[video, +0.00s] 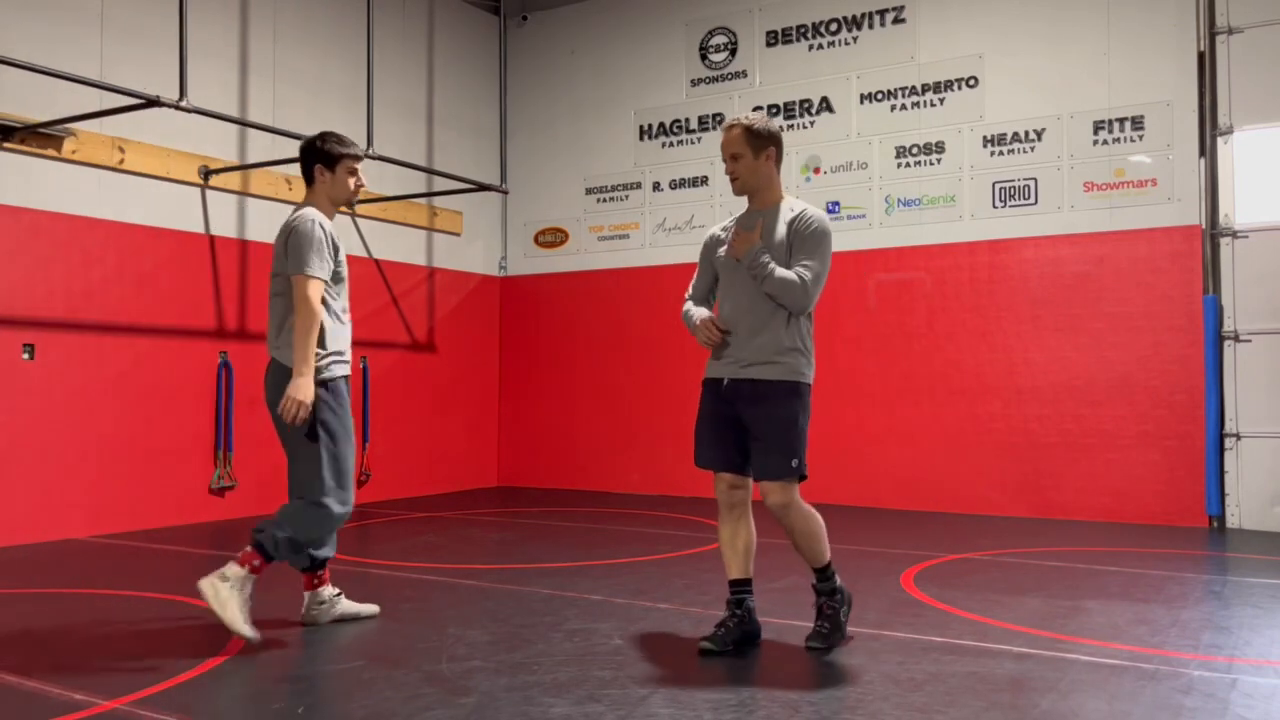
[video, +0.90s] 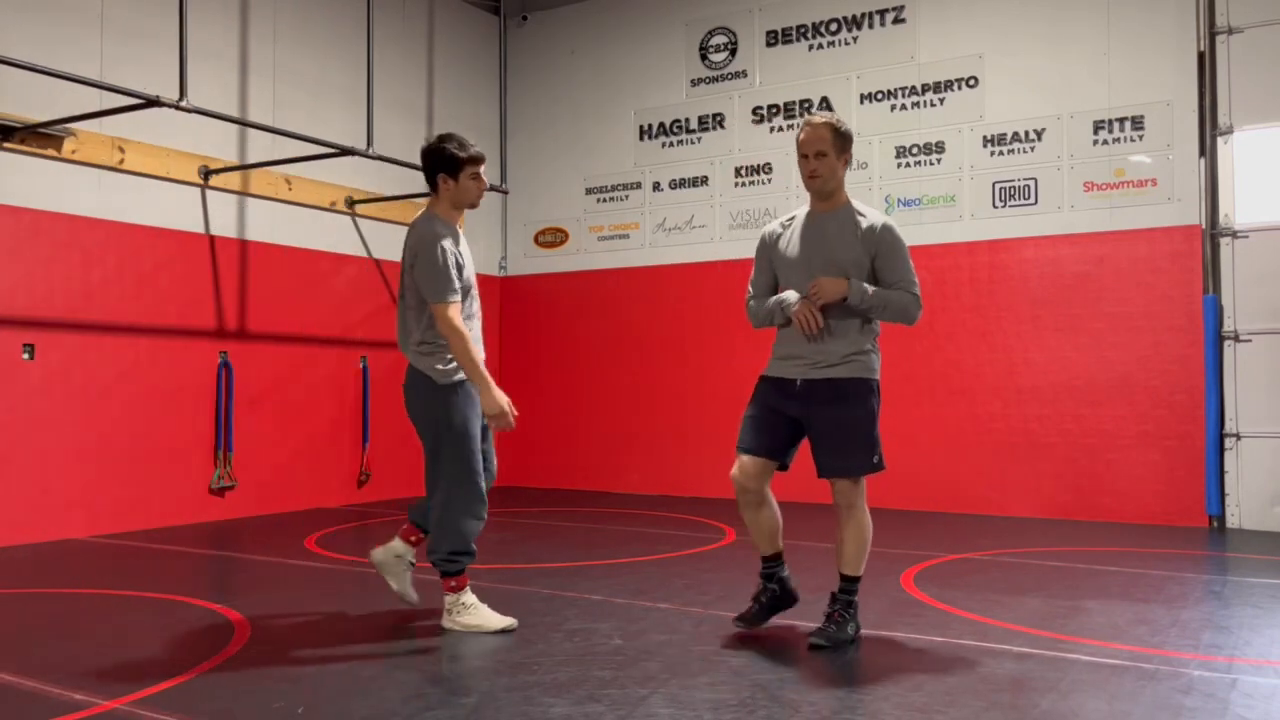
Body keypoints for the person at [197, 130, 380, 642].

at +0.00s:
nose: (359, 182)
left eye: (360, 173)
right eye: (351, 172)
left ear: (327, 177)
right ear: (321, 174)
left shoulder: (318, 228)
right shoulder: (309, 226)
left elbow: (315, 310)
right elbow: (308, 304)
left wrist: (329, 374)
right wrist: (302, 377)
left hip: (313, 377)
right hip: (312, 379)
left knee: (317, 491)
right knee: (333, 498)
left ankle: (320, 595)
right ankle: (233, 577)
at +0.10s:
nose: (376, 182)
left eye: (376, 174)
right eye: (367, 174)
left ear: (344, 179)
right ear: (337, 176)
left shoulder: (337, 230)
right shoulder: (319, 227)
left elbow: (323, 304)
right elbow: (302, 297)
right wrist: (300, 374)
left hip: (330, 376)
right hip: (330, 378)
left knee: (323, 483)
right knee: (365, 487)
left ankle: (318, 592)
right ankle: (282, 573)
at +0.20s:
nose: (389, 184)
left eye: (389, 175)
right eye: (380, 175)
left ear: (361, 181)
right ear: (349, 177)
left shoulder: (352, 233)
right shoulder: (326, 229)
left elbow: (355, 307)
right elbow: (310, 298)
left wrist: (379, 359)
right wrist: (310, 371)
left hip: (343, 376)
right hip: (343, 376)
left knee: (332, 482)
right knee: (388, 485)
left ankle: (322, 593)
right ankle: (336, 584)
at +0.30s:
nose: (400, 186)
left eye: (400, 178)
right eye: (391, 177)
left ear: (376, 183)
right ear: (362, 179)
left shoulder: (367, 238)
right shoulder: (339, 232)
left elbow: (381, 305)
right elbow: (323, 302)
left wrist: (408, 356)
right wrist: (326, 378)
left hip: (354, 379)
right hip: (354, 380)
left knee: (339, 486)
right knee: (401, 483)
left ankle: (321, 594)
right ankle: (391, 590)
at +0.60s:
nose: (441, 189)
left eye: (441, 181)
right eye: (432, 181)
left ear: (413, 187)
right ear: (403, 185)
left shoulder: (407, 240)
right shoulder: (388, 242)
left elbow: (410, 317)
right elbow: (381, 319)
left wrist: (439, 364)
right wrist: (393, 392)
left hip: (400, 381)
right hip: (406, 384)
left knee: (376, 488)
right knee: (434, 489)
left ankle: (328, 588)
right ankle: (456, 598)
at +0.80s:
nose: (471, 183)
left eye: (469, 174)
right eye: (461, 175)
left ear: (438, 181)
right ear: (430, 181)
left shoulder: (429, 230)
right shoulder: (425, 238)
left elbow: (432, 317)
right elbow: (431, 320)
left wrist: (454, 382)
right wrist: (456, 391)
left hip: (436, 380)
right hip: (433, 383)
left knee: (437, 478)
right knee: (455, 489)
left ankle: (365, 560)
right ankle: (456, 598)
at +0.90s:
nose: (484, 184)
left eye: (483, 175)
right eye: (475, 176)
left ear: (452, 181)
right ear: (445, 181)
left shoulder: (447, 230)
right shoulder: (433, 238)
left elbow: (454, 319)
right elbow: (449, 324)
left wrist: (477, 382)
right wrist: (487, 388)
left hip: (458, 378)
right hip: (440, 382)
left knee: (481, 473)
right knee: (460, 483)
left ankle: (402, 548)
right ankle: (457, 598)